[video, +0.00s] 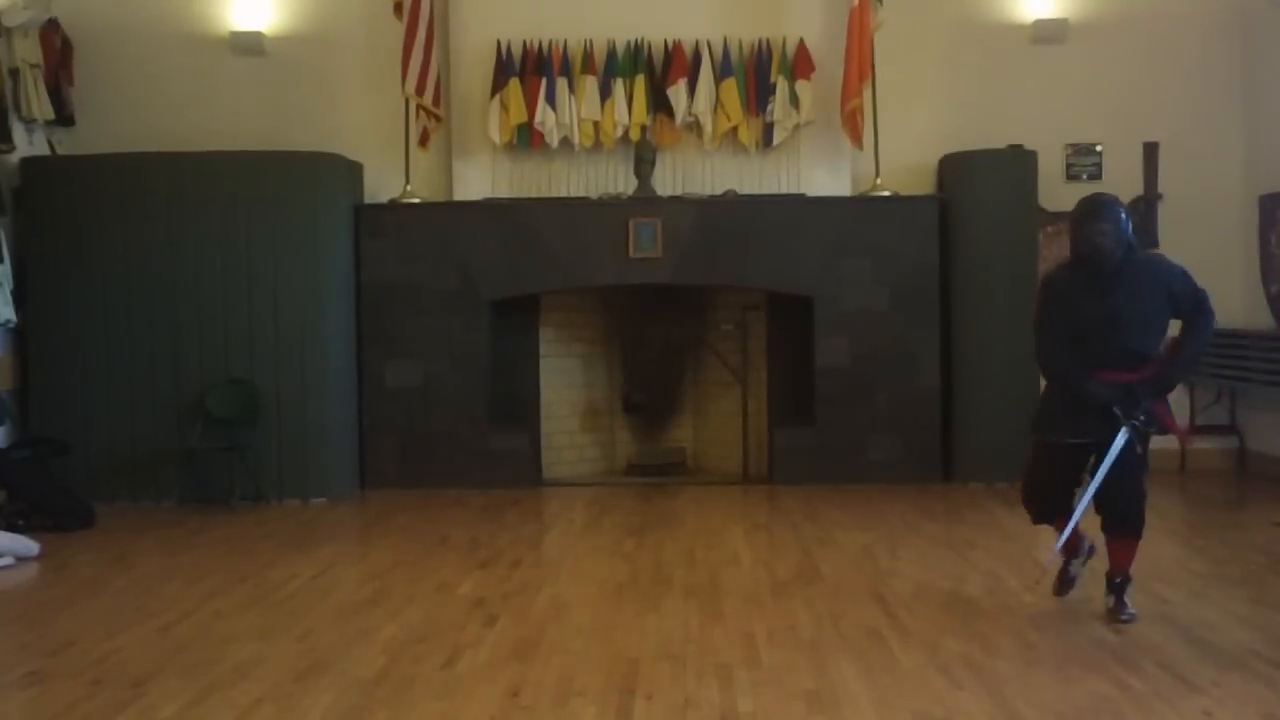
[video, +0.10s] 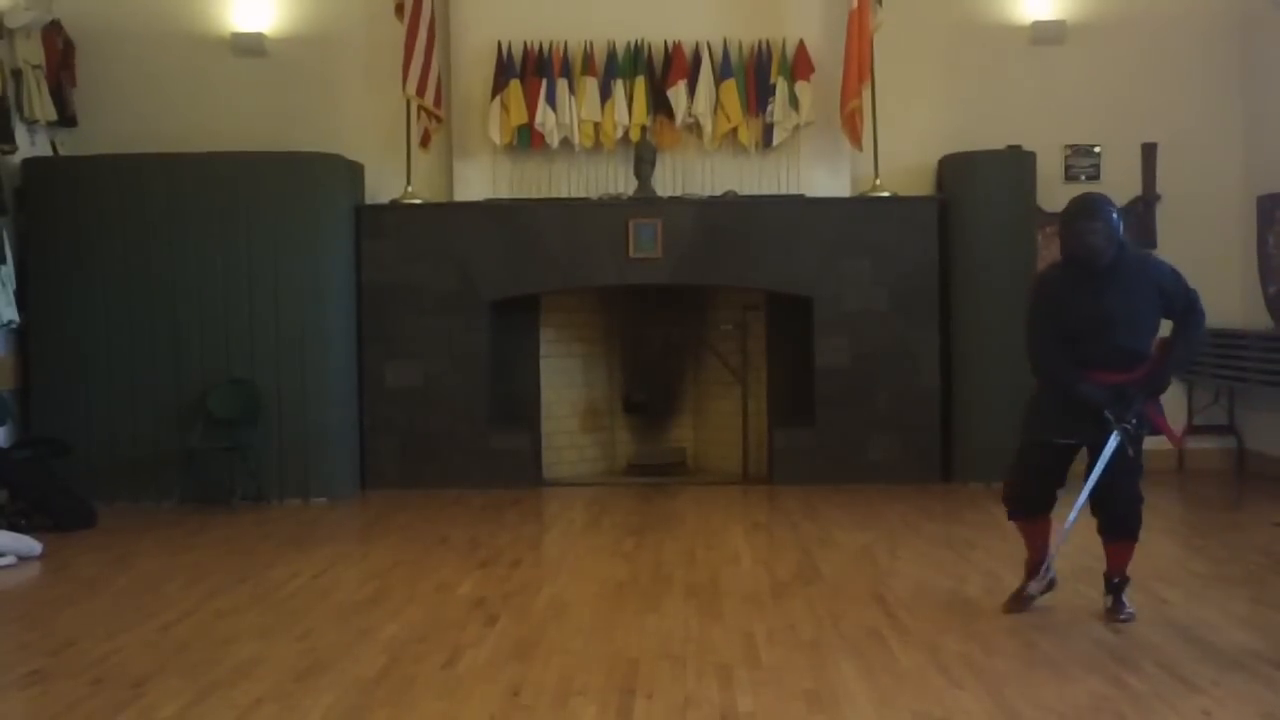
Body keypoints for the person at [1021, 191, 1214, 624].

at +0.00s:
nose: (1092, 244)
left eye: (1102, 235)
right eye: (1084, 235)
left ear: (1124, 235)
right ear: (1073, 236)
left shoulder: (1155, 275)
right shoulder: (1059, 284)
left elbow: (1201, 314)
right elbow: (1049, 357)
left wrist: (1172, 372)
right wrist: (1105, 398)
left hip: (1129, 404)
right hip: (1068, 401)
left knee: (1123, 500)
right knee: (1042, 493)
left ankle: (1119, 587)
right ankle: (1076, 549)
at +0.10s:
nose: (1082, 244)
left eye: (1091, 235)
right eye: (1074, 235)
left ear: (1114, 234)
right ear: (1064, 237)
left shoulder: (1147, 274)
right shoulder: (1050, 285)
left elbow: (1192, 315)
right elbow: (1043, 358)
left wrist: (1163, 371)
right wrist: (1098, 400)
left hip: (1124, 399)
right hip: (1062, 395)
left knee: (1118, 498)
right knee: (1026, 489)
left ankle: (1116, 588)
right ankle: (1039, 571)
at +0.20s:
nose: (1077, 244)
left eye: (1085, 235)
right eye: (1068, 235)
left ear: (1105, 235)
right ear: (1055, 238)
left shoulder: (1137, 278)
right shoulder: (1039, 287)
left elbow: (1180, 314)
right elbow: (1033, 361)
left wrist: (1158, 370)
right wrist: (1086, 405)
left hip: (1115, 405)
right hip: (1053, 401)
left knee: (1116, 503)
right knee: (1013, 492)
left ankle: (1116, 591)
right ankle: (995, 590)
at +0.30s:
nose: (1065, 248)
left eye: (1073, 238)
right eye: (1055, 240)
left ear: (1091, 237)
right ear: (1040, 243)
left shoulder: (1123, 282)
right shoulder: (1026, 294)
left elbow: (1167, 323)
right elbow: (1021, 369)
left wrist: (1136, 382)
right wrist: (1080, 412)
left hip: (1104, 411)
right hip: (1041, 409)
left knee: (1115, 510)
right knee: (1005, 495)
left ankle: (1115, 592)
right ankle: (963, 589)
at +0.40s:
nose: (1043, 254)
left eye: (1051, 243)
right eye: (1034, 246)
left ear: (1071, 243)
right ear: (1020, 250)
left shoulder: (1101, 288)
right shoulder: (1005, 302)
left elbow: (1146, 329)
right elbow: (1001, 377)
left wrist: (1116, 393)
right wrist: (1060, 421)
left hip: (1087, 418)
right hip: (1021, 417)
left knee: (1110, 514)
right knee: (987, 506)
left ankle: (1113, 589)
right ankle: (951, 604)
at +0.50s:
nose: (1024, 260)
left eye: (1029, 249)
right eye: (1012, 252)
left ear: (1046, 245)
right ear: (996, 255)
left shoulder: (1075, 291)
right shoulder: (980, 305)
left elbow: (1118, 330)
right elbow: (978, 387)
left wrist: (1095, 394)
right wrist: (1035, 426)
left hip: (1064, 419)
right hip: (998, 419)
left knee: (1096, 514)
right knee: (960, 506)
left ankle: (1110, 587)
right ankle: (942, 610)